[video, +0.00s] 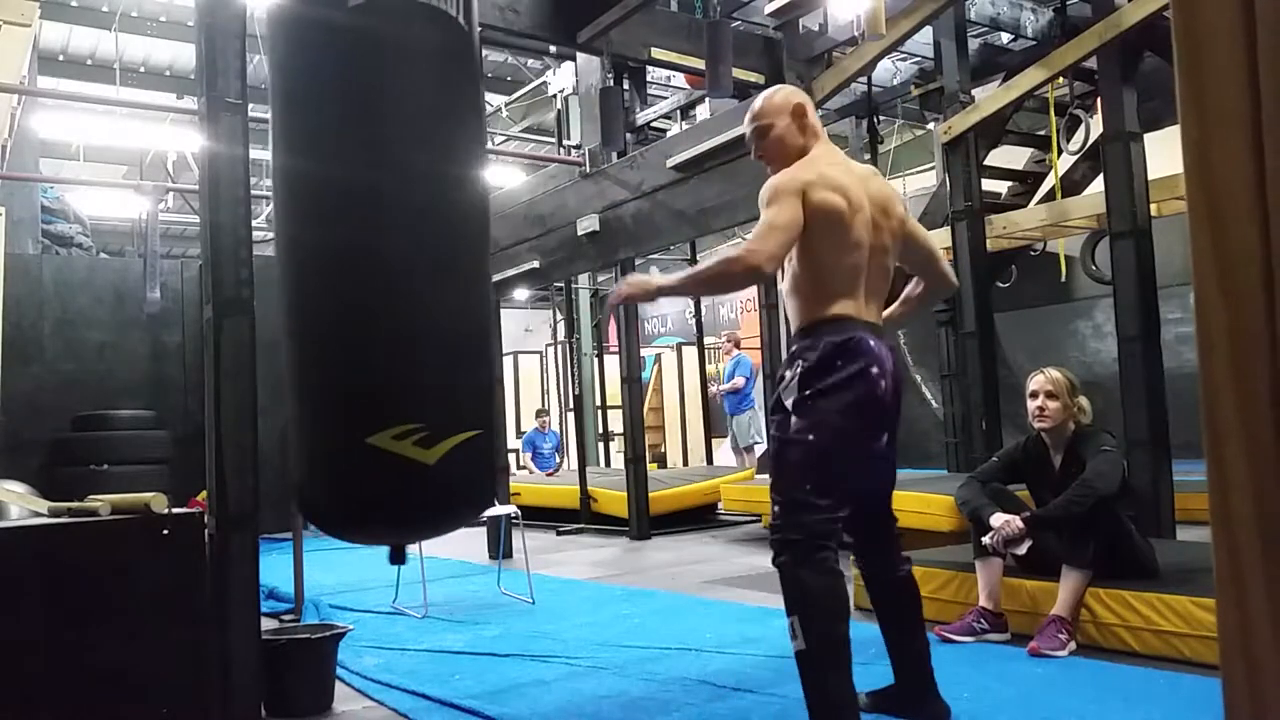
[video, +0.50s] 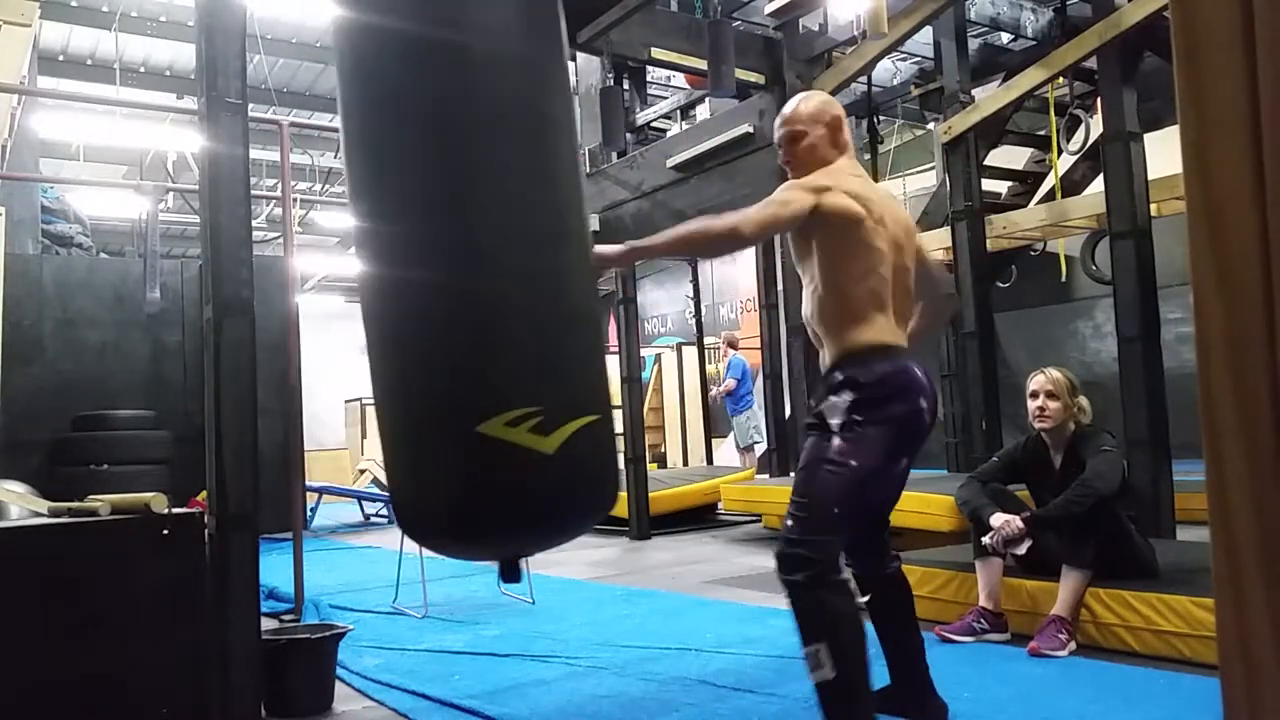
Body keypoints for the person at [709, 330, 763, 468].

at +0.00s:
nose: (721, 346)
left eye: (724, 342)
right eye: (721, 343)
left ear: (733, 343)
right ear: (728, 344)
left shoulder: (743, 360)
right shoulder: (730, 362)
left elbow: (739, 383)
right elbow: (729, 383)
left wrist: (719, 389)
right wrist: (719, 391)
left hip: (743, 410)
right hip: (732, 411)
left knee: (748, 447)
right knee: (736, 448)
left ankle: (753, 478)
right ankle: (742, 477)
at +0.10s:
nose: (721, 346)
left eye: (723, 343)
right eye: (721, 343)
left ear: (731, 343)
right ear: (729, 343)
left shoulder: (742, 360)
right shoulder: (730, 361)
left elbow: (737, 383)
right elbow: (730, 384)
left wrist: (718, 389)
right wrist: (719, 391)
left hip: (744, 410)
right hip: (732, 411)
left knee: (748, 448)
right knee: (737, 448)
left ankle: (751, 479)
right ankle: (741, 477)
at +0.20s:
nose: (721, 346)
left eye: (723, 343)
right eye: (721, 343)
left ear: (730, 343)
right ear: (728, 344)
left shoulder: (741, 360)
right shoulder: (731, 361)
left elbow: (735, 384)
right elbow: (730, 384)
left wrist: (718, 389)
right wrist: (720, 392)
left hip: (744, 410)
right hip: (733, 411)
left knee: (748, 449)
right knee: (738, 448)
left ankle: (751, 479)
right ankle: (742, 477)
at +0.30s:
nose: (721, 346)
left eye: (722, 343)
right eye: (721, 343)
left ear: (728, 344)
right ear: (730, 344)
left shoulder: (739, 360)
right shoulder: (731, 361)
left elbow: (733, 384)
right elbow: (728, 382)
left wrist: (718, 390)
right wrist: (719, 390)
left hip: (744, 411)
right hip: (735, 412)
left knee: (749, 448)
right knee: (739, 448)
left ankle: (751, 479)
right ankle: (743, 477)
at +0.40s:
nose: (720, 347)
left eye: (721, 343)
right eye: (720, 343)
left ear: (727, 344)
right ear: (731, 344)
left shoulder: (737, 360)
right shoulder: (731, 361)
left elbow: (732, 384)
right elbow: (727, 383)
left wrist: (718, 391)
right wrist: (719, 391)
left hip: (744, 411)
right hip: (735, 412)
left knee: (748, 448)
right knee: (740, 448)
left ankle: (751, 479)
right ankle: (744, 477)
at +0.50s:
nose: (720, 346)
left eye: (721, 343)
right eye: (720, 343)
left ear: (726, 344)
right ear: (732, 344)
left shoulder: (736, 360)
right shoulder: (731, 361)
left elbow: (730, 385)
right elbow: (727, 382)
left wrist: (718, 391)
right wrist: (719, 391)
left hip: (744, 410)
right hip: (736, 412)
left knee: (748, 448)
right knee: (741, 449)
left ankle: (751, 479)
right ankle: (743, 477)